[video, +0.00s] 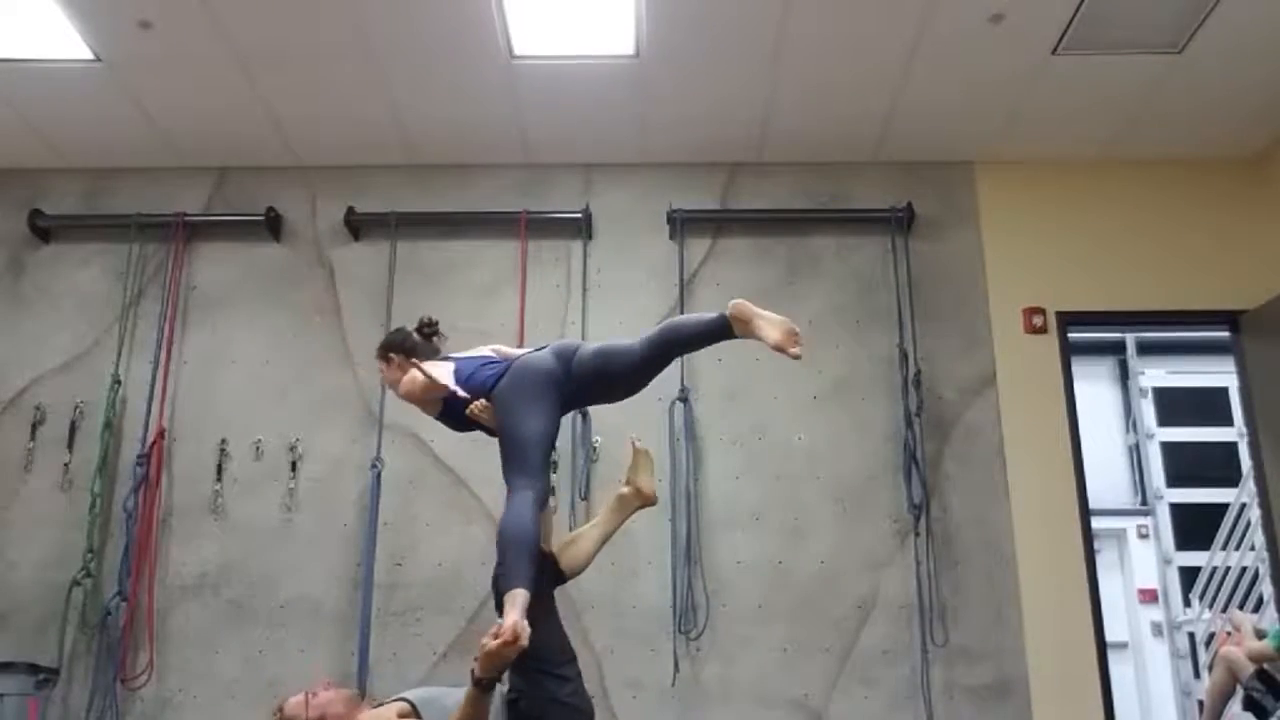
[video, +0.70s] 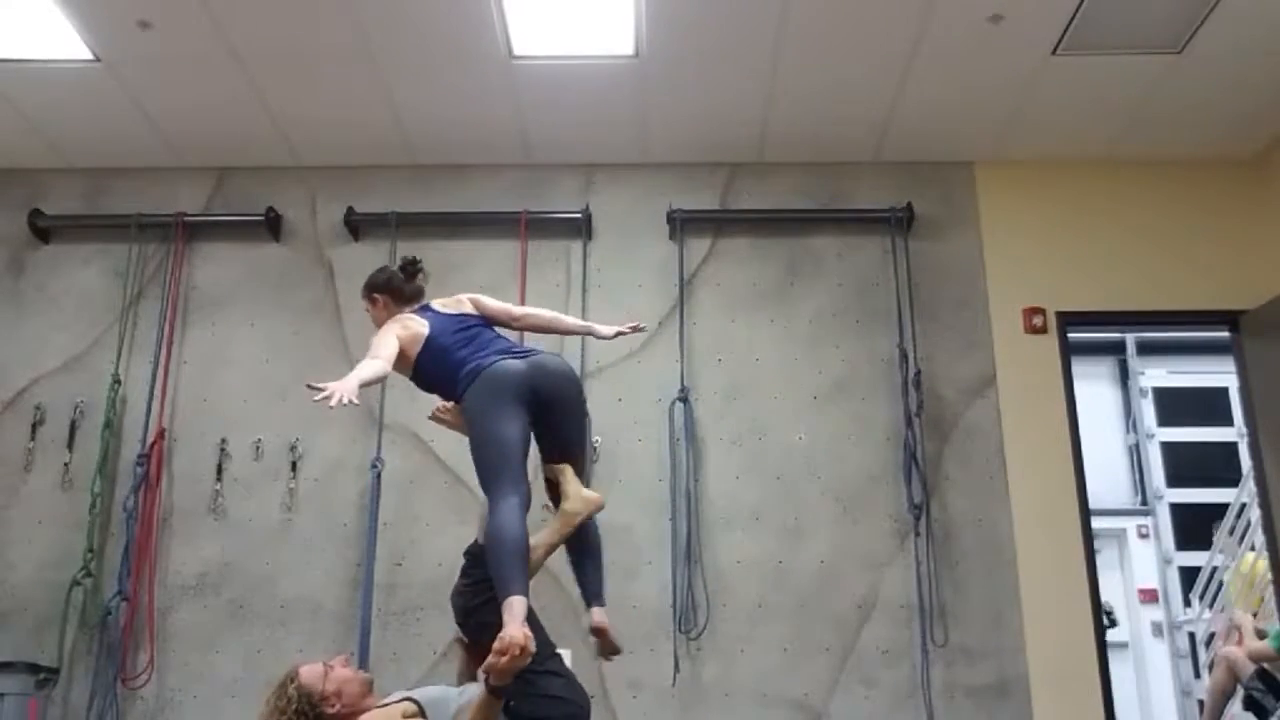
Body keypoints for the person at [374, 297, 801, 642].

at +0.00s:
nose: (388, 383)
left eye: (387, 373)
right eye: (386, 375)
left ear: (401, 362)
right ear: (414, 350)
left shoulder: (415, 378)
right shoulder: (463, 363)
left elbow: (427, 382)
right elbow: (513, 356)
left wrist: (463, 404)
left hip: (519, 384)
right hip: (563, 361)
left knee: (523, 491)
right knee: (645, 356)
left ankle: (514, 613)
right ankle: (737, 321)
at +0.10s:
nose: (392, 382)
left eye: (391, 372)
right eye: (388, 374)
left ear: (404, 361)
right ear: (422, 347)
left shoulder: (413, 378)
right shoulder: (469, 357)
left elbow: (431, 375)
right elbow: (518, 355)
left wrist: (458, 396)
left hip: (520, 382)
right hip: (563, 361)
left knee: (514, 490)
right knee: (643, 359)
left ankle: (496, 604)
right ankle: (730, 327)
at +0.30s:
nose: (381, 375)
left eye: (378, 367)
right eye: (377, 368)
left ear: (389, 356)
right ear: (412, 339)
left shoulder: (405, 372)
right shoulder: (465, 337)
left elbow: (397, 393)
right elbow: (531, 332)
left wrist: (374, 408)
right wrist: (598, 322)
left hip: (513, 382)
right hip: (565, 359)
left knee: (511, 491)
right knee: (648, 436)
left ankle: (499, 615)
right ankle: (744, 484)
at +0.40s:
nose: (373, 363)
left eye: (372, 354)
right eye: (371, 354)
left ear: (382, 343)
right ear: (407, 329)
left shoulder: (399, 365)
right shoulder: (461, 326)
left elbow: (388, 392)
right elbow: (523, 325)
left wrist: (363, 410)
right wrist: (594, 317)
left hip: (501, 383)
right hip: (553, 357)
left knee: (505, 492)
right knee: (636, 460)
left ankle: (496, 613)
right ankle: (724, 540)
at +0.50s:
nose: (367, 352)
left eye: (366, 343)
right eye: (365, 344)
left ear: (380, 334)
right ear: (407, 321)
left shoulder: (396, 357)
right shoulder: (457, 319)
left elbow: (379, 387)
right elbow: (520, 321)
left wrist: (349, 403)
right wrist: (589, 318)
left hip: (500, 378)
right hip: (554, 356)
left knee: (504, 493)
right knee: (623, 476)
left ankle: (494, 616)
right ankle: (685, 573)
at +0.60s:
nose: (364, 337)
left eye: (361, 329)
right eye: (361, 331)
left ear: (373, 319)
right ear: (399, 306)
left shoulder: (392, 343)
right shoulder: (453, 309)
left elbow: (377, 376)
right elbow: (521, 319)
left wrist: (346, 393)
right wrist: (592, 325)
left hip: (501, 381)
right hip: (556, 359)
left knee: (510, 497)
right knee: (605, 488)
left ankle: (511, 617)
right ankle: (648, 598)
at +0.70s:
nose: (369, 319)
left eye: (368, 312)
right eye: (366, 313)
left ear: (379, 303)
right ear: (412, 292)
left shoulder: (393, 330)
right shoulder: (462, 302)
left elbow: (380, 364)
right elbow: (525, 316)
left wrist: (349, 381)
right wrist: (597, 329)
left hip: (492, 382)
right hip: (551, 368)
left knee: (507, 497)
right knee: (575, 493)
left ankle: (515, 621)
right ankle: (597, 608)